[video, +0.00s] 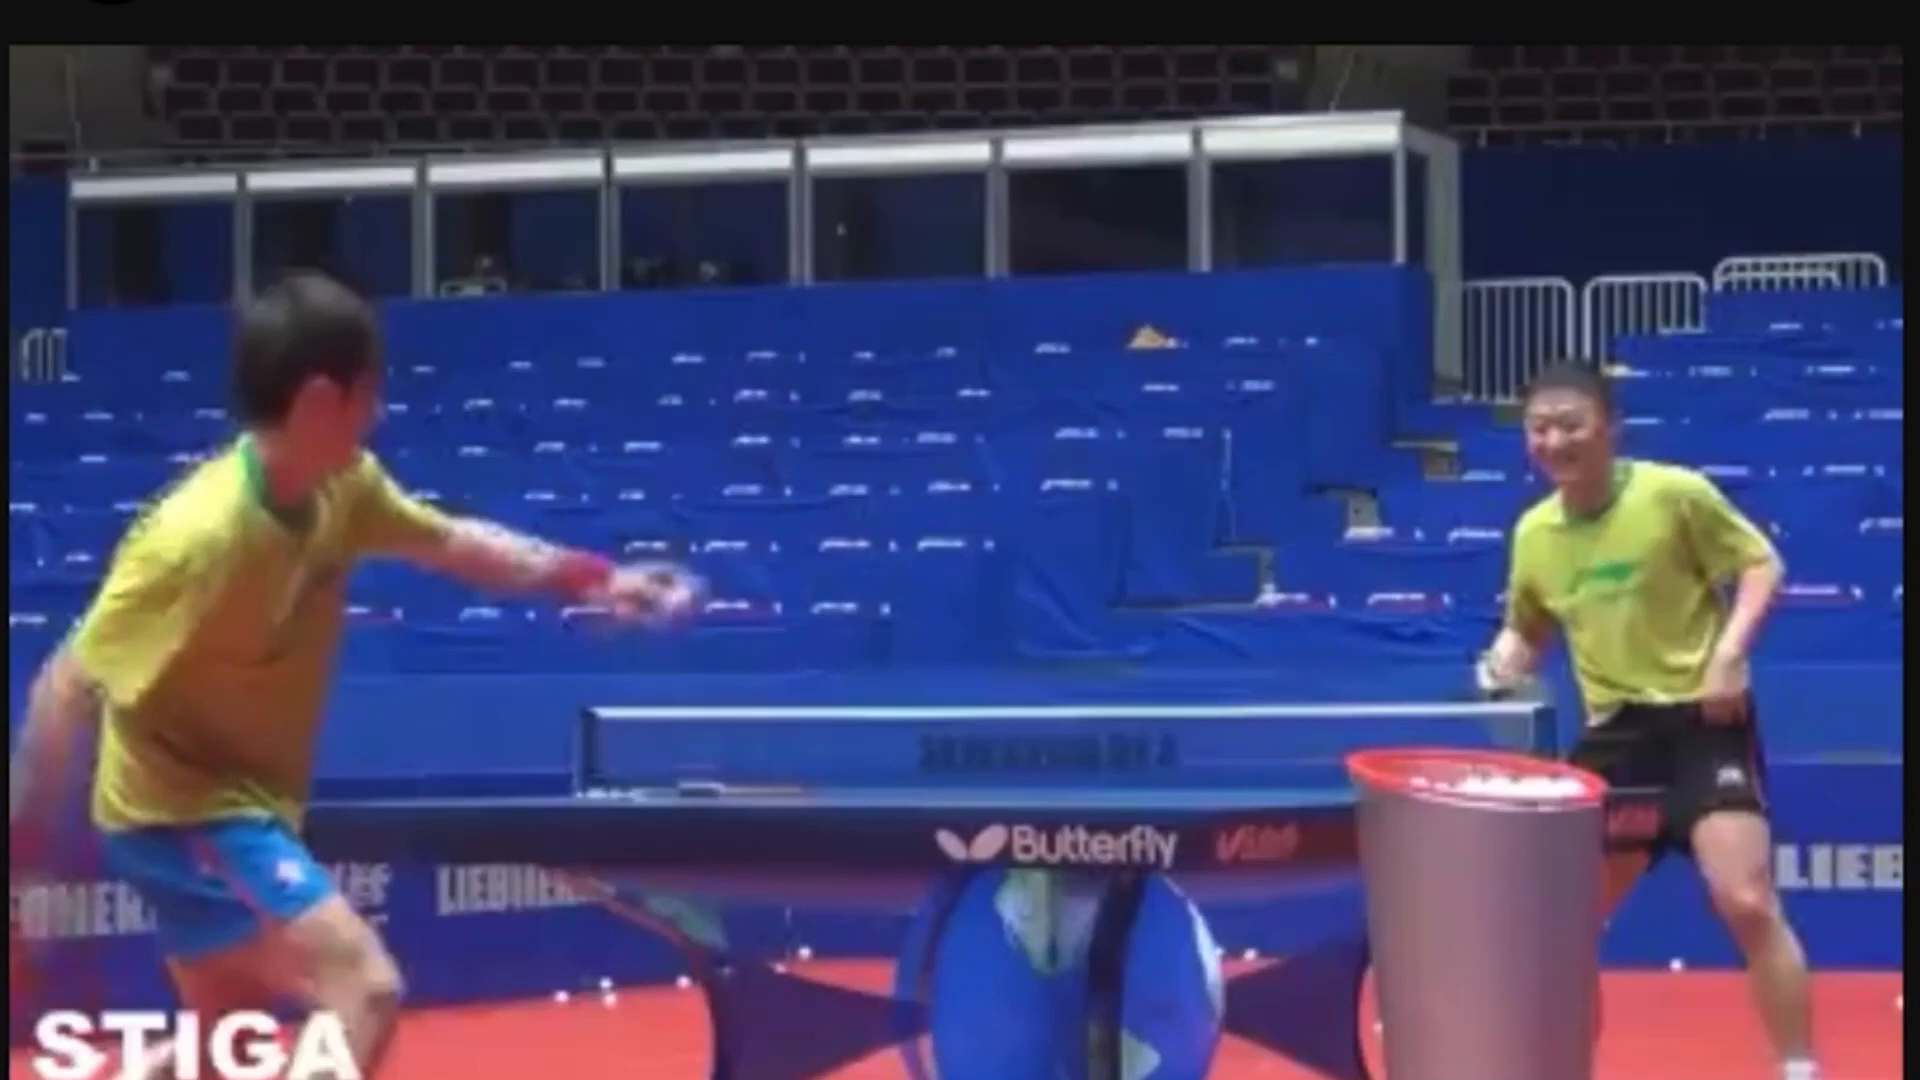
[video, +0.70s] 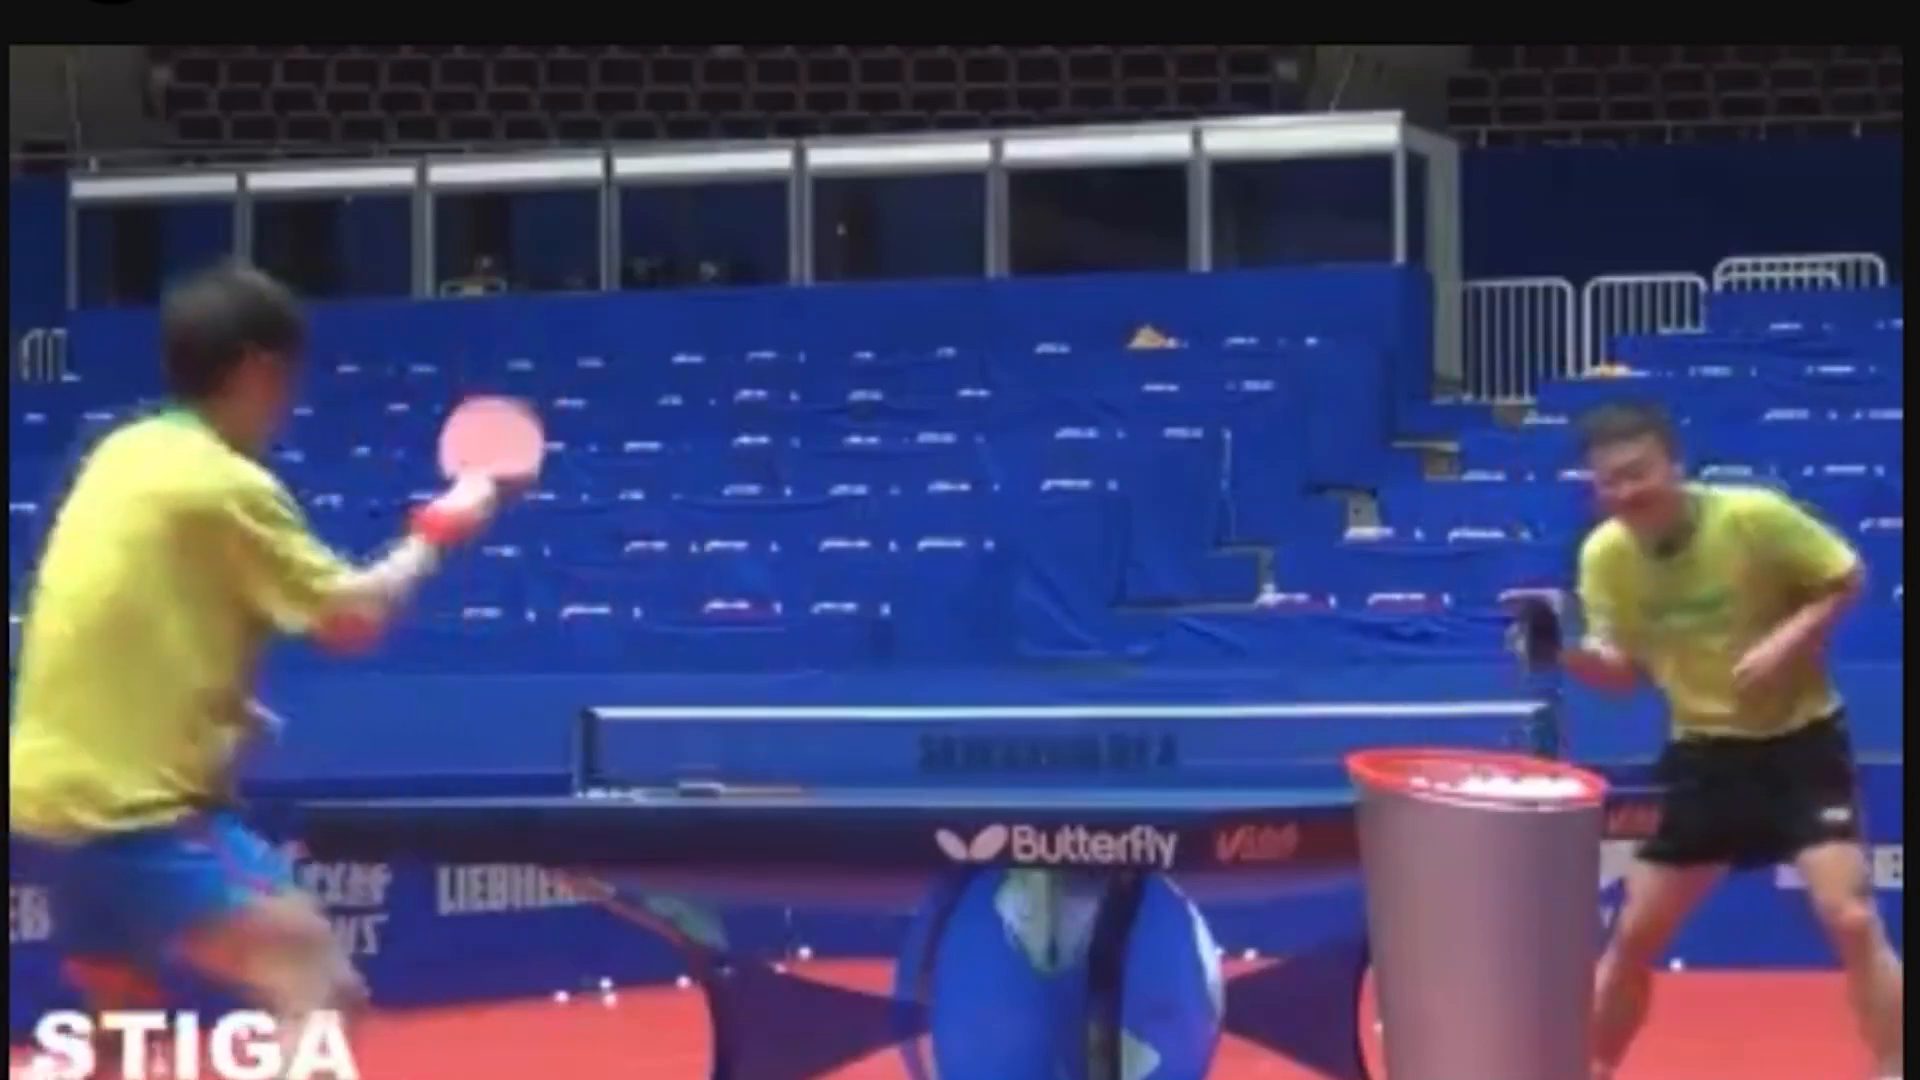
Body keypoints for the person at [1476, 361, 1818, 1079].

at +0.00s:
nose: (1555, 442)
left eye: (1571, 425)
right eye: (1541, 428)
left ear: (1608, 429)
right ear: (1527, 440)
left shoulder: (1674, 496)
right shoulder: (1534, 532)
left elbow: (1762, 566)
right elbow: (1526, 629)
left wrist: (1728, 656)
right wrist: (1506, 659)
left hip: (1703, 722)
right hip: (1614, 734)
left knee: (1745, 903)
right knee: (1557, 912)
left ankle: (1798, 1067)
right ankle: (1542, 1066)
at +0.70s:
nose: (1627, 493)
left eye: (1638, 473)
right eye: (1611, 480)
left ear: (1674, 464)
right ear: (1596, 486)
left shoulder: (1752, 516)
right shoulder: (1604, 554)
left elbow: (1846, 577)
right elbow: (1621, 671)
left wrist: (1784, 644)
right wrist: (1566, 654)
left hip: (1800, 744)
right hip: (1701, 752)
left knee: (1850, 921)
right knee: (1633, 937)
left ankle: (1894, 1067)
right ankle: (1594, 1067)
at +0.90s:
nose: (1693, 460)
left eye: (1705, 442)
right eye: (1677, 446)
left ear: (1737, 435)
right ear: (1661, 451)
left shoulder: (1790, 481)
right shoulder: (1657, 516)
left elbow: (1826, 559)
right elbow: (1717, 571)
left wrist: (1811, 597)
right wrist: (1780, 592)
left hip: (1801, 733)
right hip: (1704, 743)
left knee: (1855, 923)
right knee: (1641, 934)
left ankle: (1893, 1067)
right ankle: (1592, 1066)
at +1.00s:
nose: (1739, 452)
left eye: (1753, 436)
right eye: (1726, 438)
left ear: (1782, 434)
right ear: (1708, 440)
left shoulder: (1818, 488)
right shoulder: (1699, 508)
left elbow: (1839, 573)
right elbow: (1766, 563)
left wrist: (1852, 615)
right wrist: (1856, 591)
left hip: (1806, 738)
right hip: (1709, 743)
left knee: (1860, 923)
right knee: (1642, 934)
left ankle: (1894, 1069)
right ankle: (1591, 1067)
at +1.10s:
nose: (1801, 456)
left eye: (1815, 440)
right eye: (1787, 440)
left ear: (1841, 444)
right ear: (1766, 447)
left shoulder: (1865, 507)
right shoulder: (1745, 510)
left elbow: (1871, 604)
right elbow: (1801, 587)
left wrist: (1876, 645)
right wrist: (1878, 636)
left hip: (1826, 747)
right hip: (1728, 748)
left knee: (1887, 920)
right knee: (1649, 937)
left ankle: (1901, 1066)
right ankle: (1590, 1066)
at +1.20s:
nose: (1863, 462)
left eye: (1878, 447)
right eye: (1851, 446)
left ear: (1900, 456)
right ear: (1832, 453)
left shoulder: (1898, 528)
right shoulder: (1798, 522)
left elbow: (1892, 650)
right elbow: (1819, 641)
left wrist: (1887, 726)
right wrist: (1864, 739)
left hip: (1860, 745)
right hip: (1767, 745)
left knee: (1899, 914)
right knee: (1678, 924)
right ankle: (1606, 1057)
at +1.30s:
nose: (1893, 461)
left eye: (1904, 447)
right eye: (1885, 446)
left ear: (1913, 454)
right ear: (1866, 450)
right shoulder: (1829, 519)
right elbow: (1794, 641)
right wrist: (1798, 766)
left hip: (1878, 741)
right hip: (1786, 726)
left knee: (1903, 899)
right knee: (1707, 908)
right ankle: (1642, 1052)